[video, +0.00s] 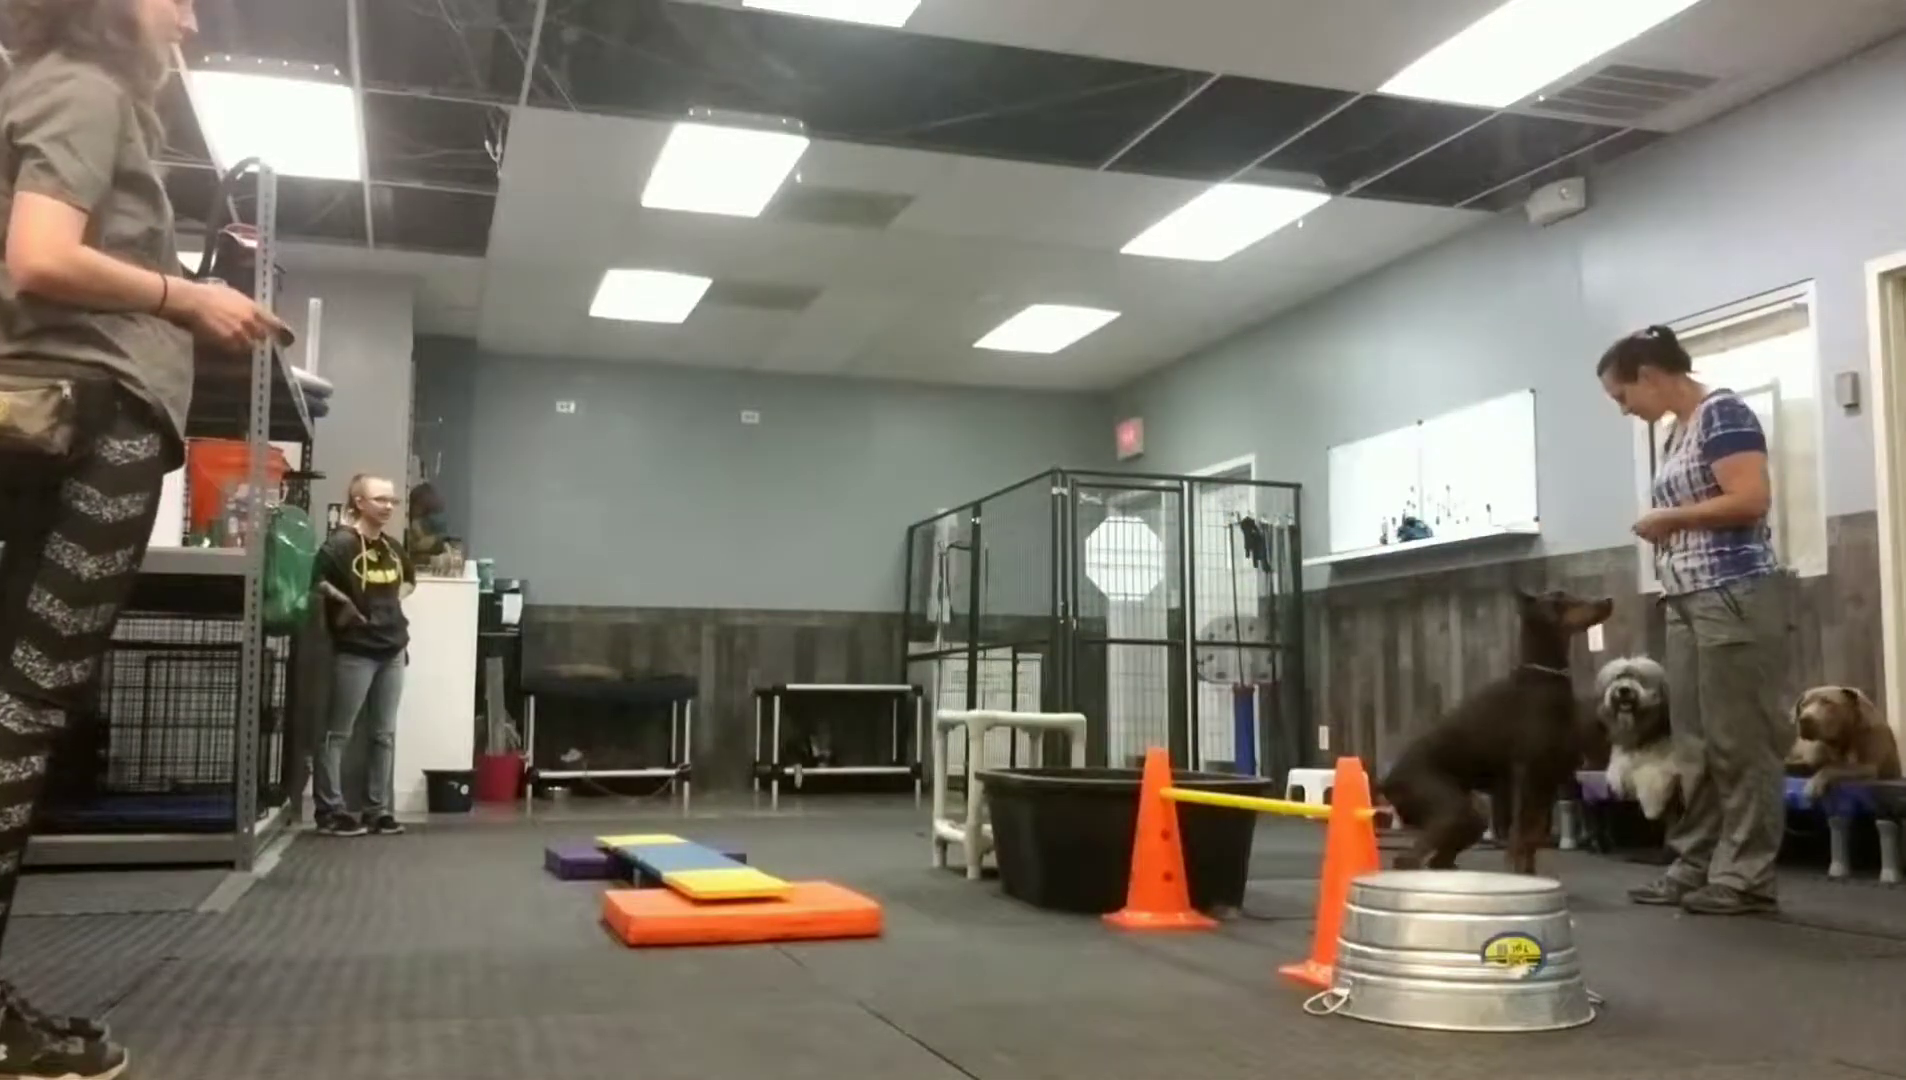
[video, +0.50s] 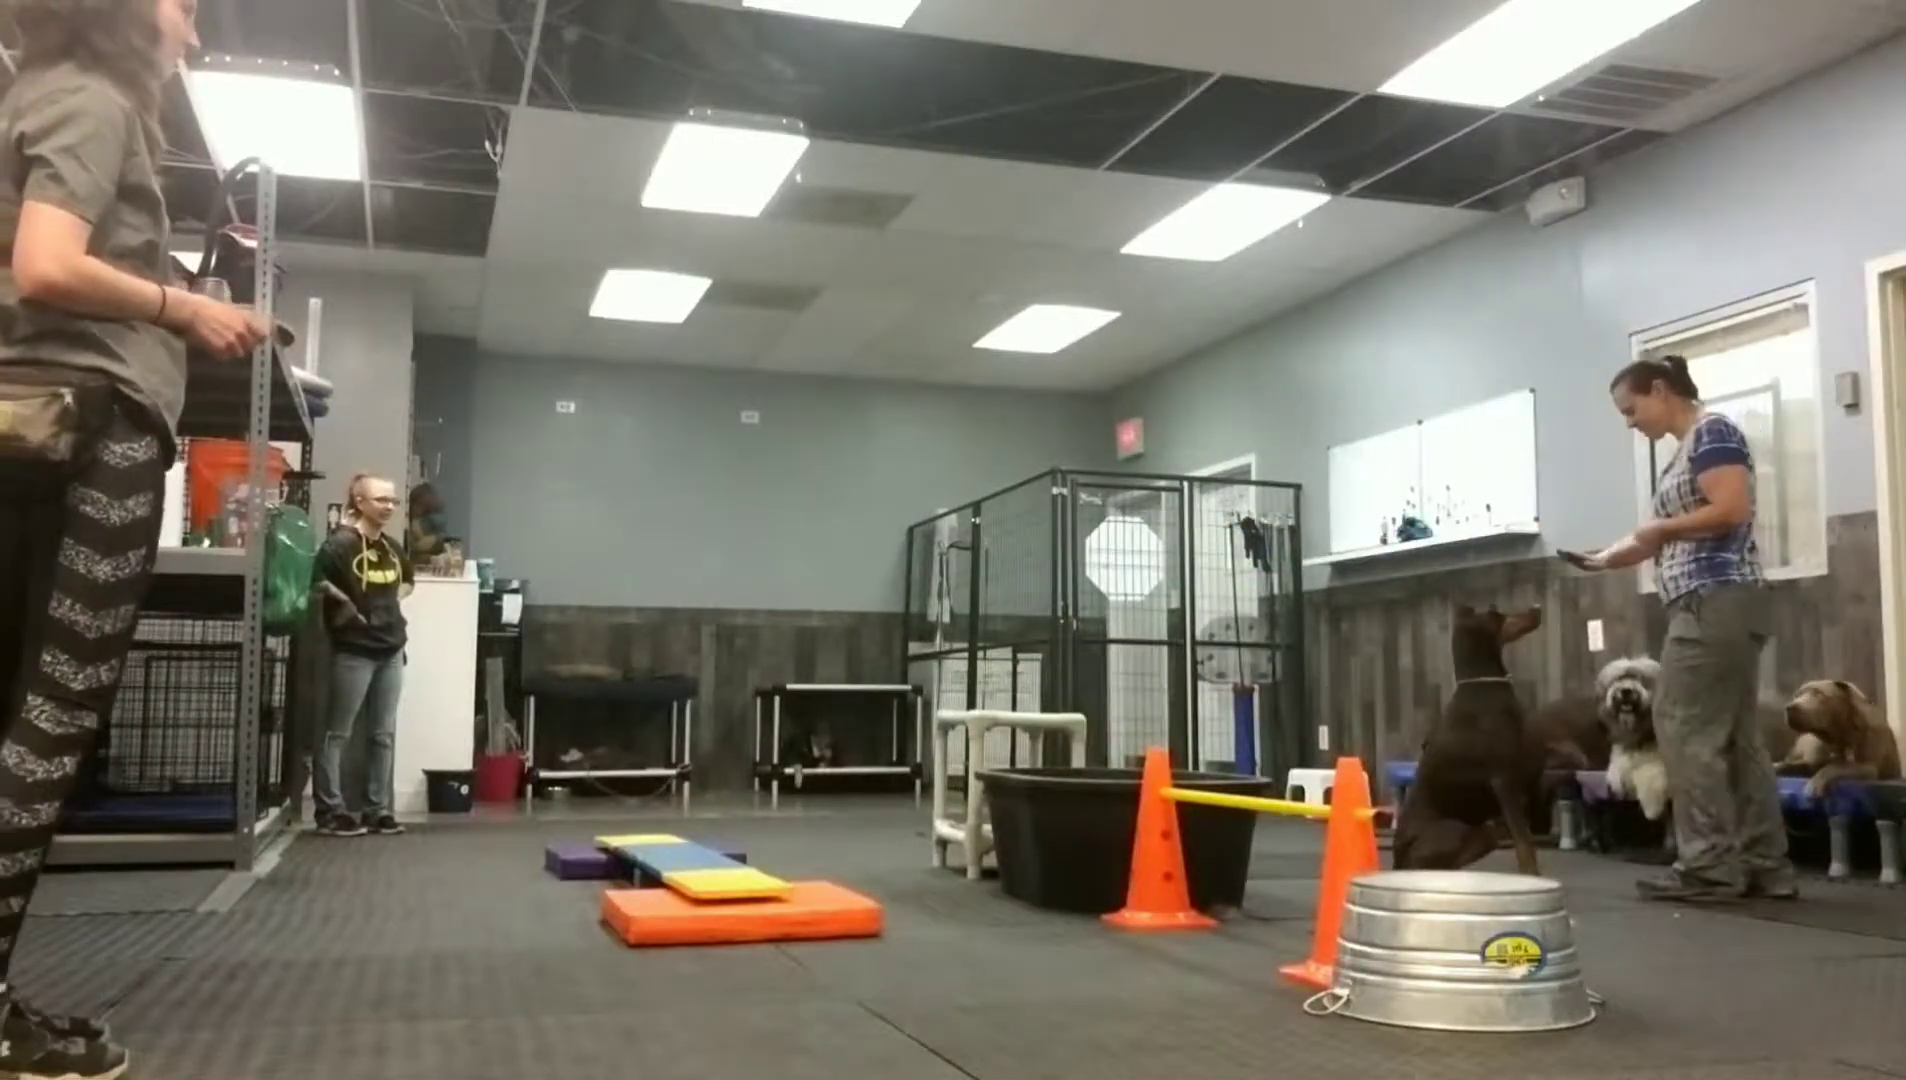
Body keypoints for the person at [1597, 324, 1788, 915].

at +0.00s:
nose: (1626, 410)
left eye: (1623, 396)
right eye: (1619, 401)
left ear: (1650, 374)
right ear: (1650, 380)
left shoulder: (1721, 412)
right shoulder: (1677, 435)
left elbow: (1751, 500)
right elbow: (1702, 512)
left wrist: (1670, 517)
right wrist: (1664, 528)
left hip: (1736, 599)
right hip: (1689, 603)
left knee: (1742, 740)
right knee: (1694, 740)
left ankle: (1746, 879)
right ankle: (1694, 865)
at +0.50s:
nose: (1633, 426)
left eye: (1632, 412)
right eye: (1628, 417)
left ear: (1659, 391)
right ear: (1658, 397)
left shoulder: (1711, 431)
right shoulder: (1686, 452)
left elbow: (1733, 509)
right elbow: (1662, 537)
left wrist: (1661, 528)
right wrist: (1604, 559)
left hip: (1714, 604)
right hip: (1723, 604)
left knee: (1682, 725)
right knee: (1736, 736)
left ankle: (1708, 863)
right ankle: (1767, 865)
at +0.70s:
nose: (1568, 430)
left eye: (1566, 417)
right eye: (1564, 420)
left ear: (1585, 408)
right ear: (1606, 405)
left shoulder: (1632, 449)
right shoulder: (1647, 451)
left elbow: (1657, 522)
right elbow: (1665, 527)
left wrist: (1595, 537)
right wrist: (1605, 539)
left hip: (1639, 605)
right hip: (1665, 603)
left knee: (1622, 736)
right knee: (1656, 732)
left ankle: (1646, 860)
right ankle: (1722, 831)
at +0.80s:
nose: (1537, 429)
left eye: (1535, 418)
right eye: (1535, 419)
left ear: (1552, 409)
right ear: (1582, 406)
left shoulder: (1579, 452)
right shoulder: (1623, 452)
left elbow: (1596, 526)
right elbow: (1664, 521)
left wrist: (1546, 539)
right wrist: (1626, 553)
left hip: (1598, 604)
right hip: (1637, 599)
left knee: (1607, 728)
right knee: (1601, 725)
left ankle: (1646, 860)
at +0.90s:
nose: (1499, 434)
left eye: (1502, 422)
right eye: (1498, 424)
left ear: (1529, 414)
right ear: (1545, 416)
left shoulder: (1534, 465)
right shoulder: (1590, 467)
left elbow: (1544, 538)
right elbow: (1634, 534)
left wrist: (1510, 552)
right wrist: (1602, 575)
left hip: (1559, 616)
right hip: (1604, 610)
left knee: (1589, 734)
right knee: (1556, 734)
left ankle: (1644, 859)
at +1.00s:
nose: (1467, 439)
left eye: (1470, 428)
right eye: (1466, 430)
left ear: (1497, 422)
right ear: (1512, 424)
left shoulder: (1494, 470)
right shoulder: (1553, 471)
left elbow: (1502, 538)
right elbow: (1594, 538)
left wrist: (1470, 557)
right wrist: (1564, 581)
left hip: (1520, 620)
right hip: (1566, 618)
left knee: (1506, 726)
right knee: (1553, 721)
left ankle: (1582, 804)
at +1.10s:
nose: (1436, 449)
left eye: (1435, 439)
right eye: (1434, 440)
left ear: (1446, 431)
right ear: (1480, 432)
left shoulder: (1459, 473)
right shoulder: (1517, 480)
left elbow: (1465, 542)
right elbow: (1555, 540)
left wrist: (1433, 557)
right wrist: (1532, 588)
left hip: (1469, 613)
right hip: (1524, 610)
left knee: (1434, 721)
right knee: (1520, 719)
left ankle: (1443, 812)